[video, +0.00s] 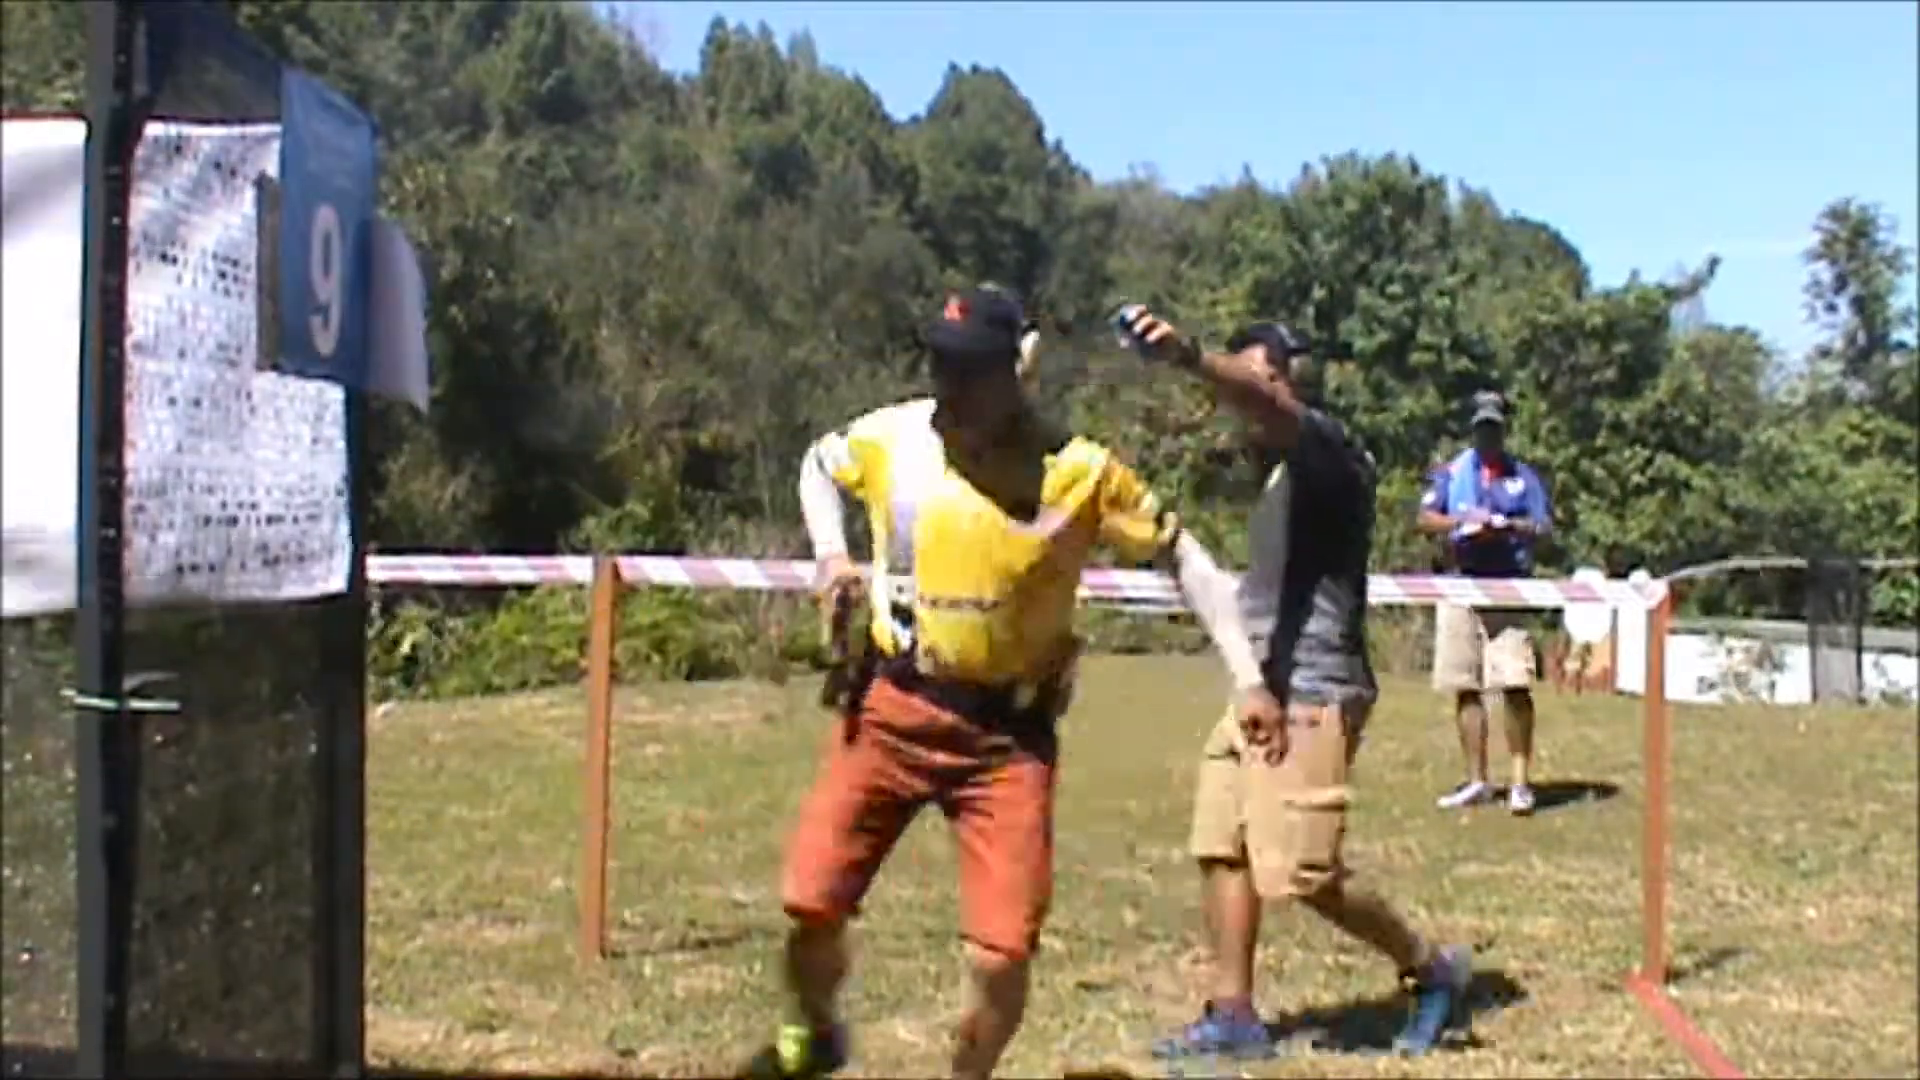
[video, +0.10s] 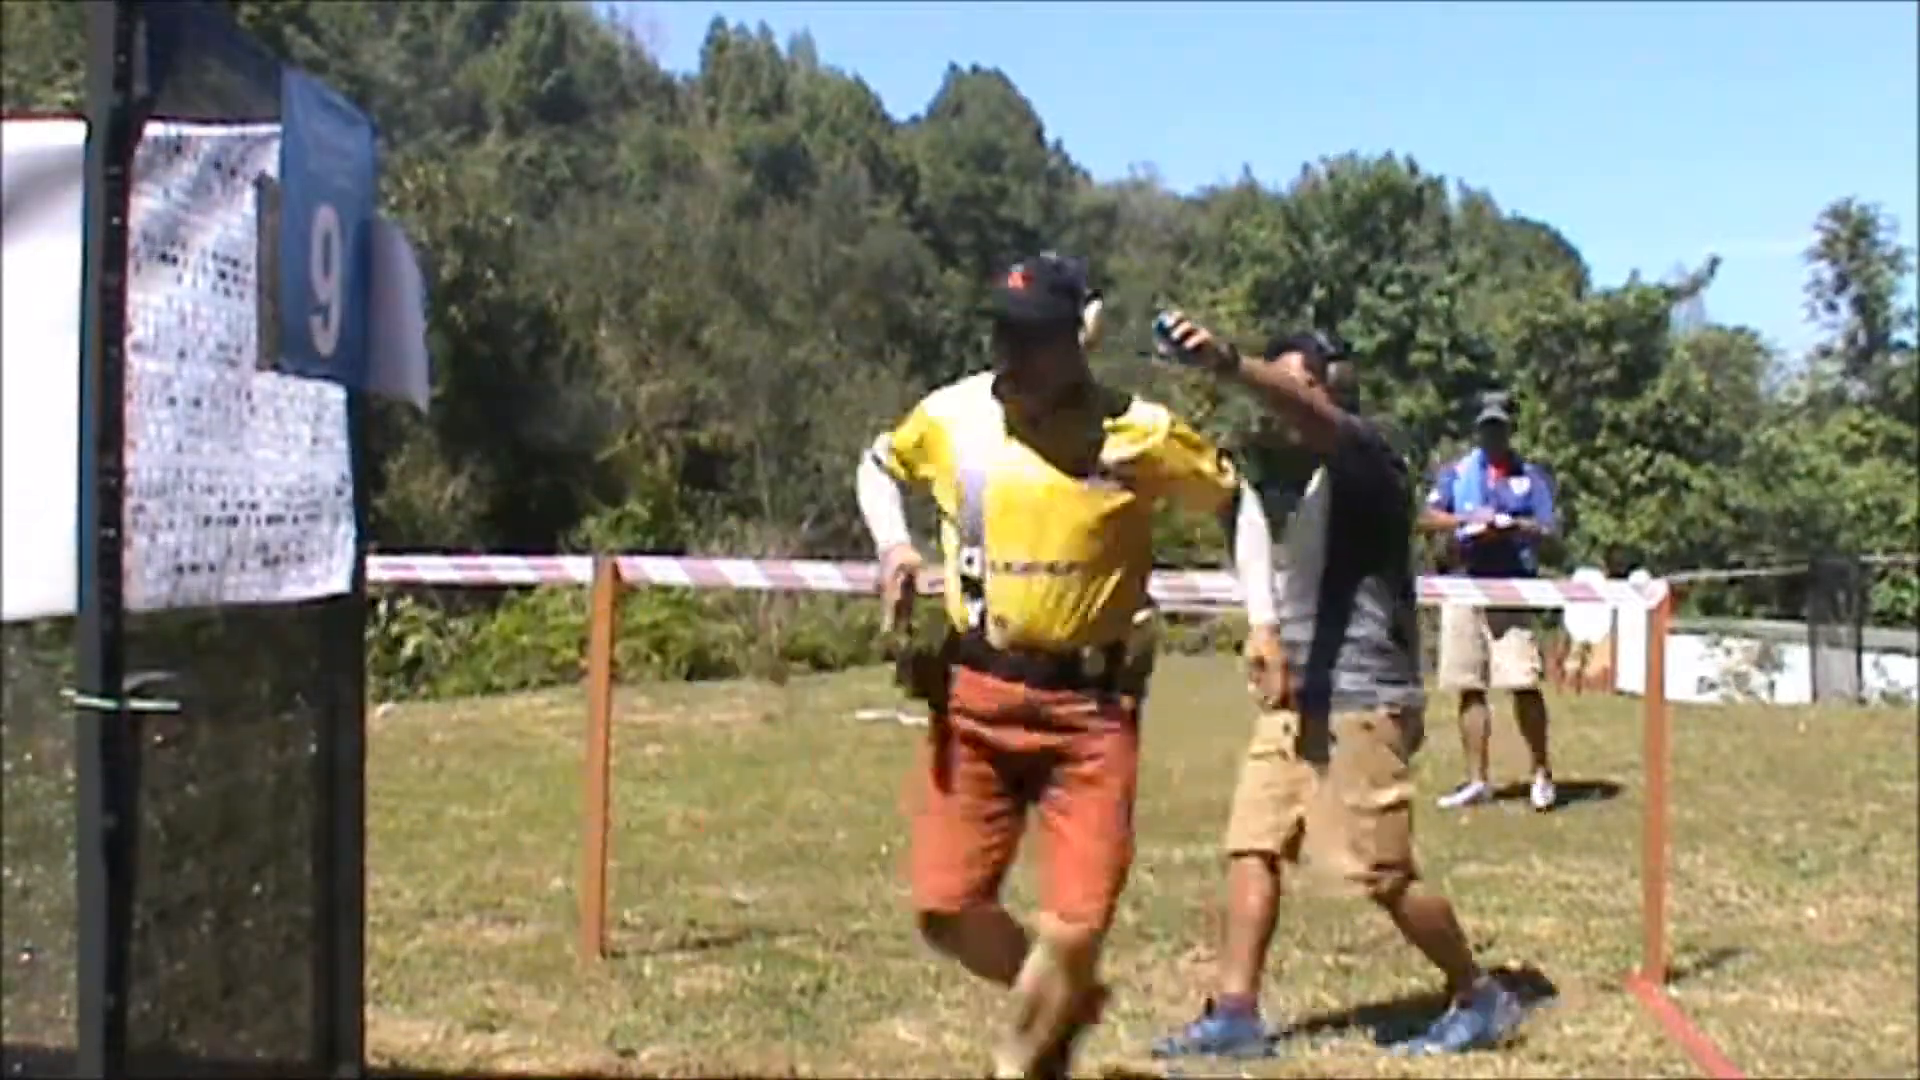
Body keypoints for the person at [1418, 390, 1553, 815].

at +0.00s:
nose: (1488, 437)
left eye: (1495, 428)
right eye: (1481, 429)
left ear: (1506, 431)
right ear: (1471, 431)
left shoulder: (1524, 477)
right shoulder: (1452, 473)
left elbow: (1543, 527)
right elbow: (1426, 517)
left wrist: (1506, 525)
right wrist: (1463, 525)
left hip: (1508, 587)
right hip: (1461, 587)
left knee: (1515, 684)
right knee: (1466, 688)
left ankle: (1520, 778)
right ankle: (1477, 778)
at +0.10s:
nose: (1493, 437)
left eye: (1500, 428)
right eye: (1486, 429)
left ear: (1512, 431)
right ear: (1476, 432)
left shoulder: (1531, 477)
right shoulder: (1456, 473)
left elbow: (1549, 529)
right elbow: (1427, 516)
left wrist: (1511, 526)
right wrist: (1468, 523)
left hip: (1513, 588)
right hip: (1465, 587)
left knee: (1525, 685)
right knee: (1469, 688)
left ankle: (1540, 772)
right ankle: (1477, 778)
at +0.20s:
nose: (1505, 438)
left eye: (1512, 430)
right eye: (1498, 430)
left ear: (1524, 433)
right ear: (1488, 433)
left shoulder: (1543, 480)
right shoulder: (1476, 474)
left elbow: (1557, 531)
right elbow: (1459, 524)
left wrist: (1528, 524)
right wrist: (1488, 525)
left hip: (1522, 589)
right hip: (1476, 586)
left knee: (1531, 684)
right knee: (1472, 691)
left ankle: (1564, 767)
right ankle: (1478, 775)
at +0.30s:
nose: (1516, 442)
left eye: (1522, 434)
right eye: (1509, 434)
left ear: (1534, 436)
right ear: (1498, 436)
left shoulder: (1554, 480)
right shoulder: (1488, 477)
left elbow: (1569, 530)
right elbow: (1471, 521)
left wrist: (1541, 523)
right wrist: (1500, 519)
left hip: (1533, 589)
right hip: (1488, 588)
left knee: (1542, 686)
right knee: (1484, 689)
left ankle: (1568, 773)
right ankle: (1470, 771)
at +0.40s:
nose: (1534, 444)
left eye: (1540, 434)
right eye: (1526, 435)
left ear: (1551, 438)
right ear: (1511, 439)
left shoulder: (1566, 482)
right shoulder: (1502, 482)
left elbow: (1584, 529)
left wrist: (1551, 523)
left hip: (1553, 590)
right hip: (1511, 589)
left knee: (1559, 688)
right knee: (1515, 686)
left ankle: (1569, 774)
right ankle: (1500, 766)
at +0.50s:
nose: (1544, 436)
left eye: (1549, 425)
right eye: (1535, 426)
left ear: (1560, 431)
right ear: (1520, 433)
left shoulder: (1572, 481)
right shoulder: (1506, 481)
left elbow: (1588, 527)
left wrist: (1551, 526)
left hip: (1552, 592)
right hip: (1507, 591)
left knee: (1560, 688)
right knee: (1516, 690)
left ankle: (1569, 774)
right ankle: (1517, 772)